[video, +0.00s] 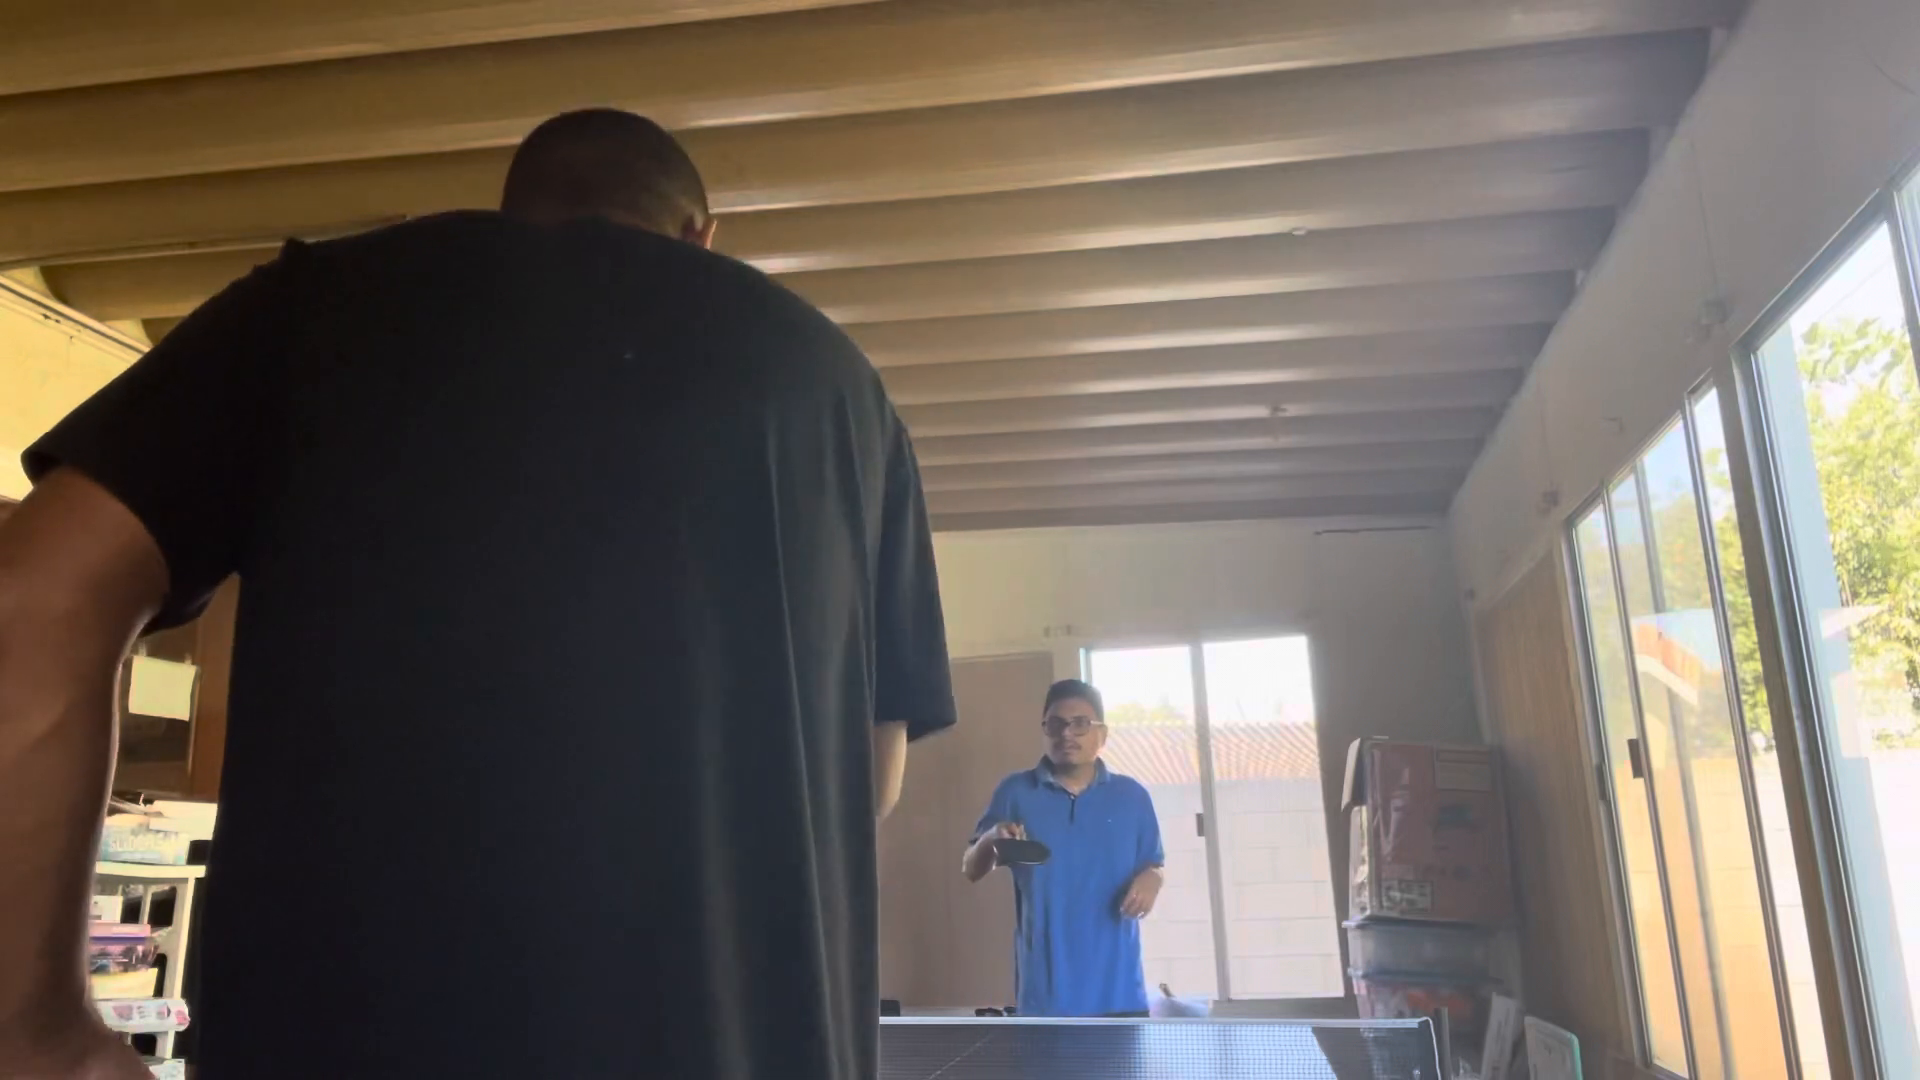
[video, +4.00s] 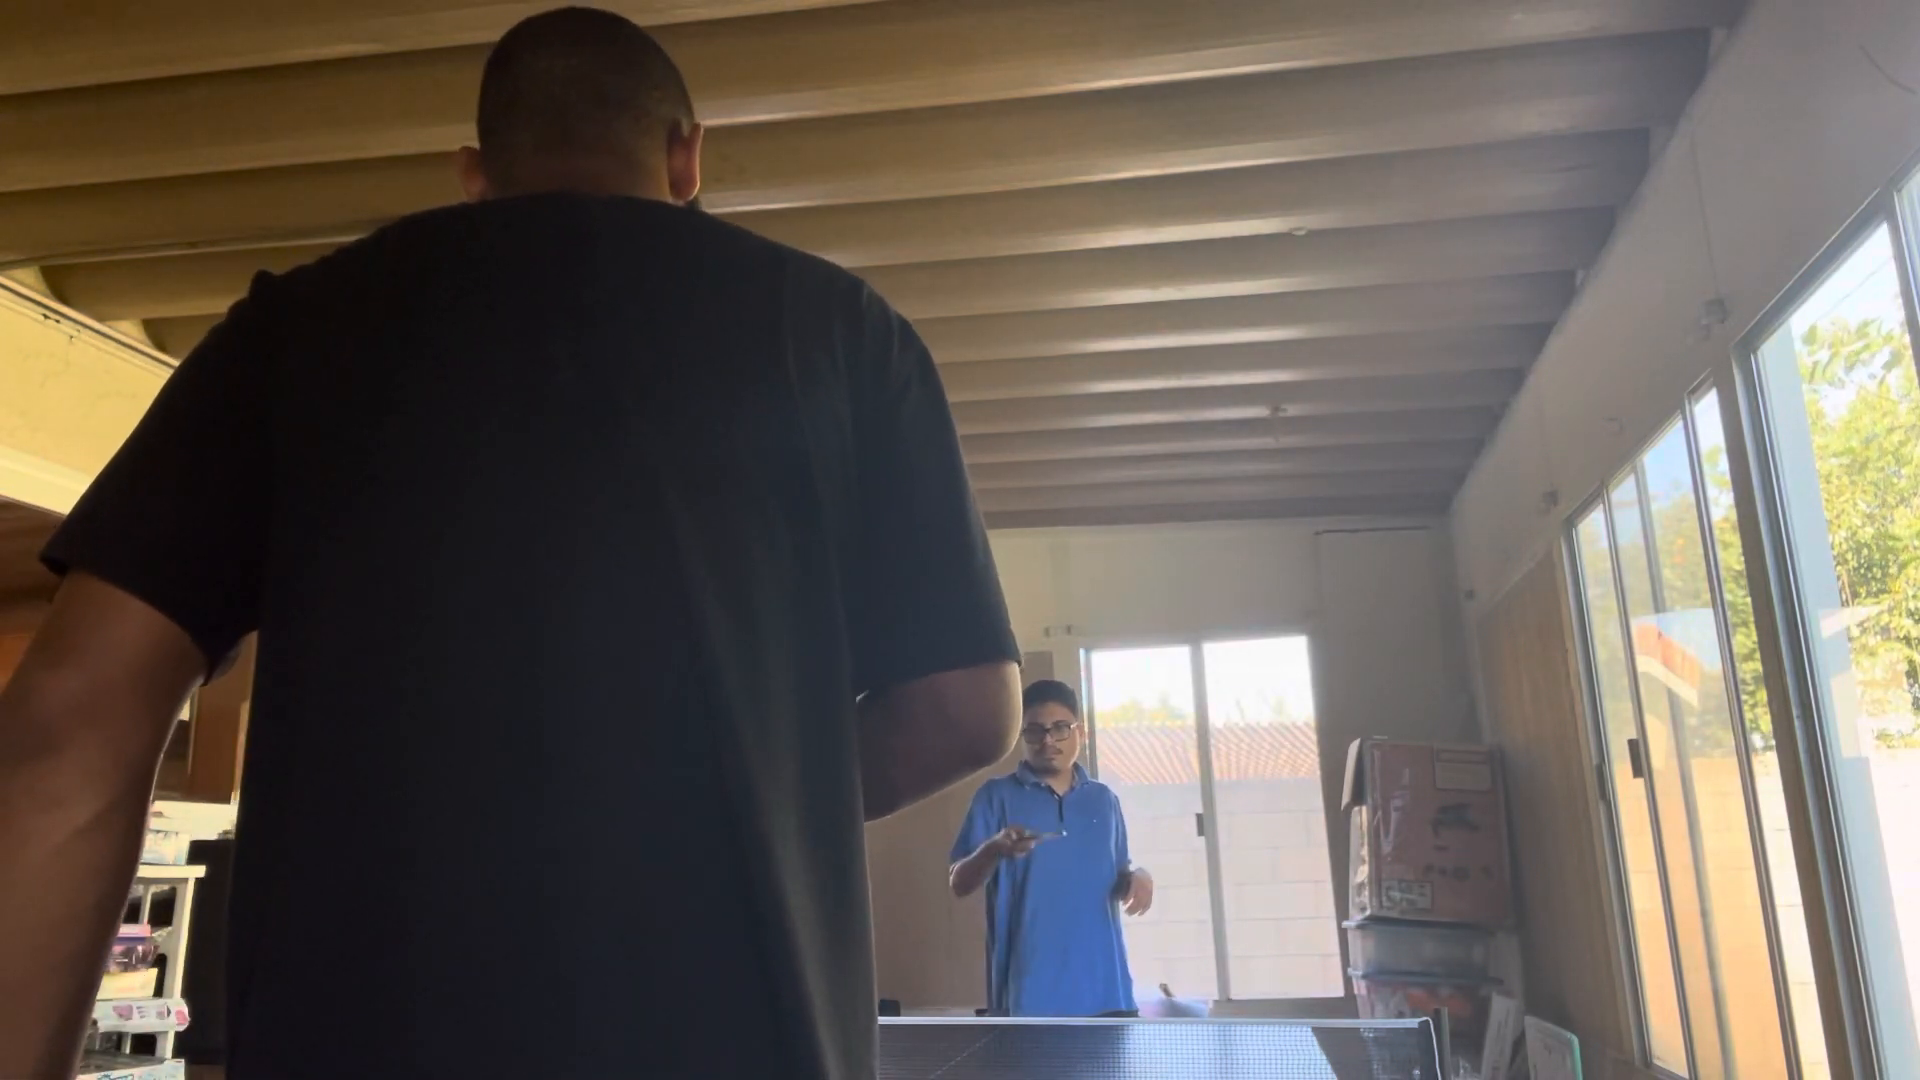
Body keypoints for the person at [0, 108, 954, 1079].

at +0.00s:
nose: (720, 258)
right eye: (714, 238)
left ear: (501, 211)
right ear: (695, 229)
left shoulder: (324, 291)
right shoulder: (831, 367)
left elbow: (46, 584)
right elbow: (875, 773)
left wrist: (41, 1017)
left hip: (331, 1031)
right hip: (736, 1043)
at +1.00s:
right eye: (665, 209)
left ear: (425, 190)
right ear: (643, 200)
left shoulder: (278, 286)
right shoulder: (787, 353)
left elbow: (38, 561)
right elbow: (839, 735)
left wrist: (25, 958)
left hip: (322, 1031)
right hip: (732, 1041)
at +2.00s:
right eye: (688, 184)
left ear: (462, 179)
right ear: (677, 181)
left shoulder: (298, 325)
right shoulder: (822, 331)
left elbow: (67, 687)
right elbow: (946, 707)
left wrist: (10, 1033)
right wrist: (733, 784)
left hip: (342, 1029)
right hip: (725, 1033)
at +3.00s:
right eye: (683, 162)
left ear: (451, 169)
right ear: (669, 163)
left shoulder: (284, 323)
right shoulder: (820, 319)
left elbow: (62, 688)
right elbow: (947, 705)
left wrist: (20, 1042)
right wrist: (727, 785)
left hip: (342, 1030)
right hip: (726, 1034)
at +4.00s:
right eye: (699, 166)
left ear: (474, 167)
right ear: (689, 163)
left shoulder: (303, 322)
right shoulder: (836, 321)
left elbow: (71, 712)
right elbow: (961, 710)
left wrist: (34, 1051)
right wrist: (749, 802)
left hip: (354, 1030)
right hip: (733, 1032)